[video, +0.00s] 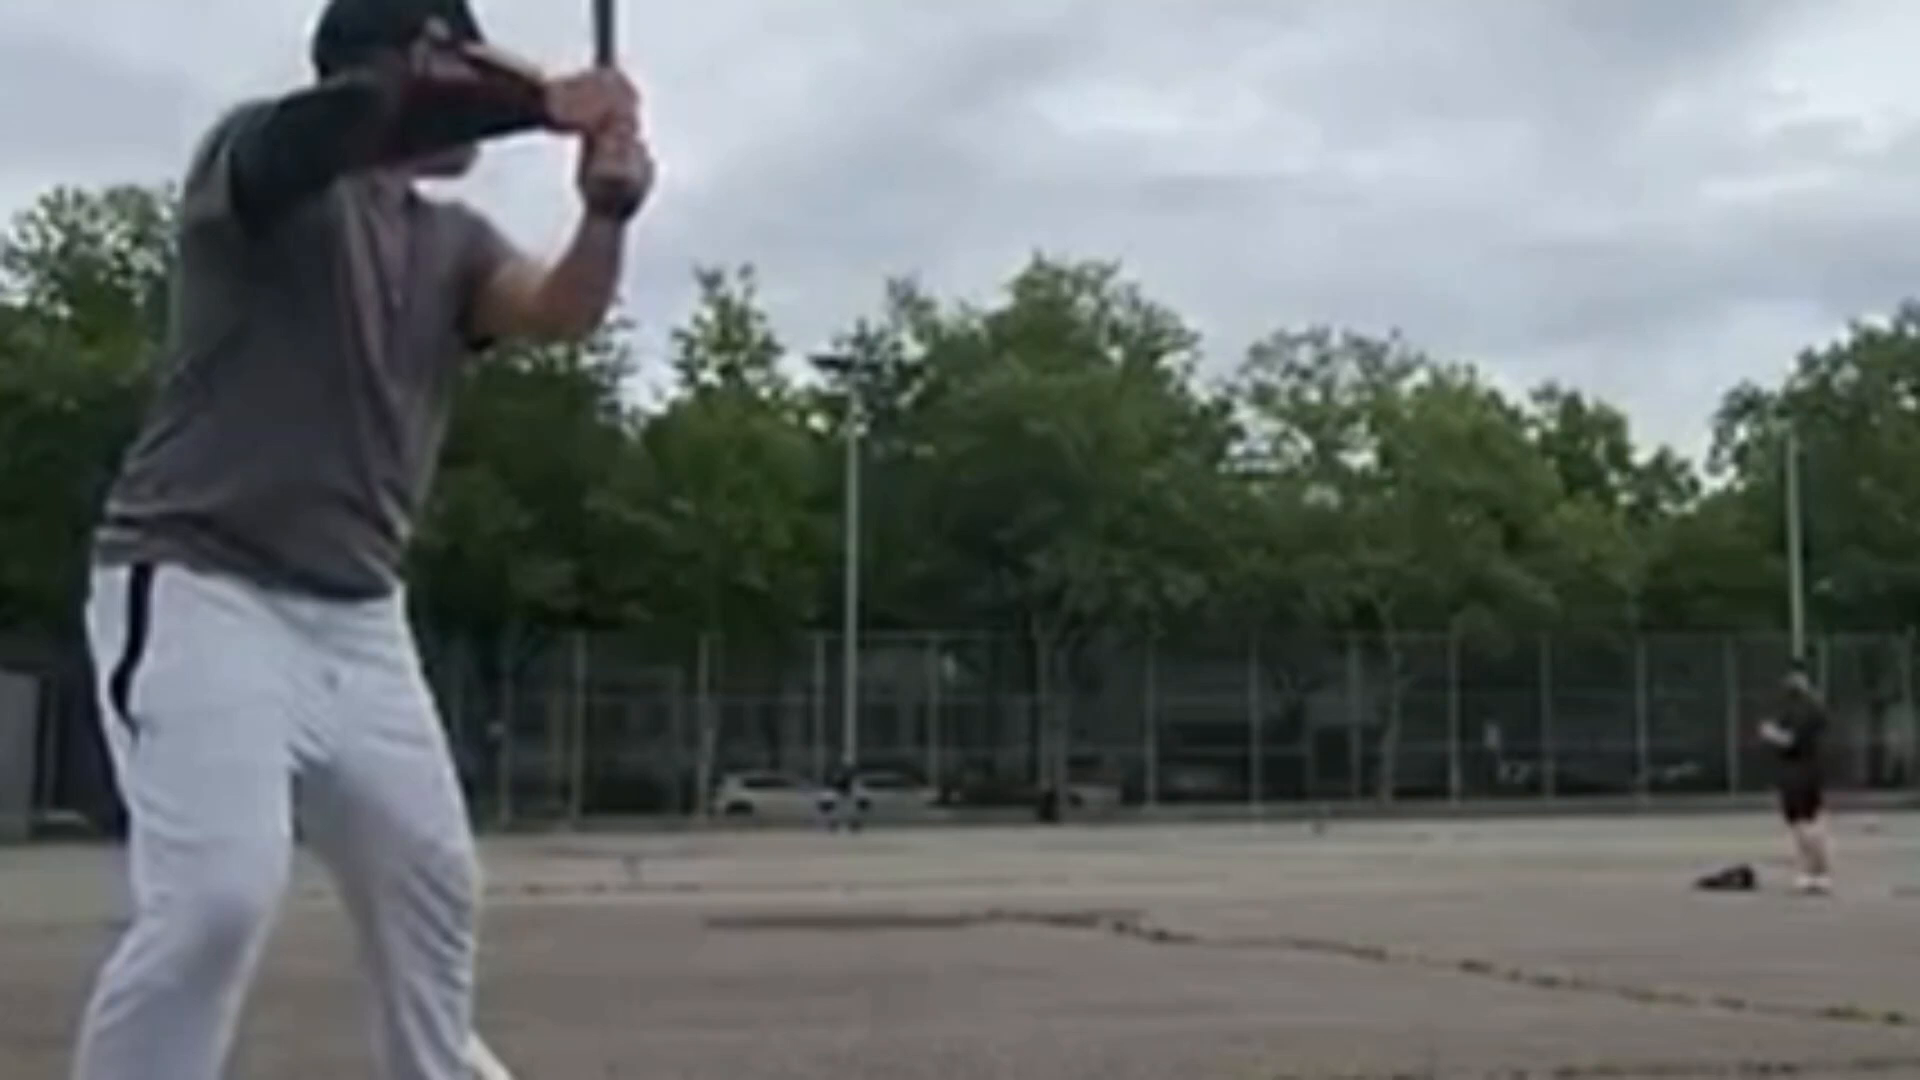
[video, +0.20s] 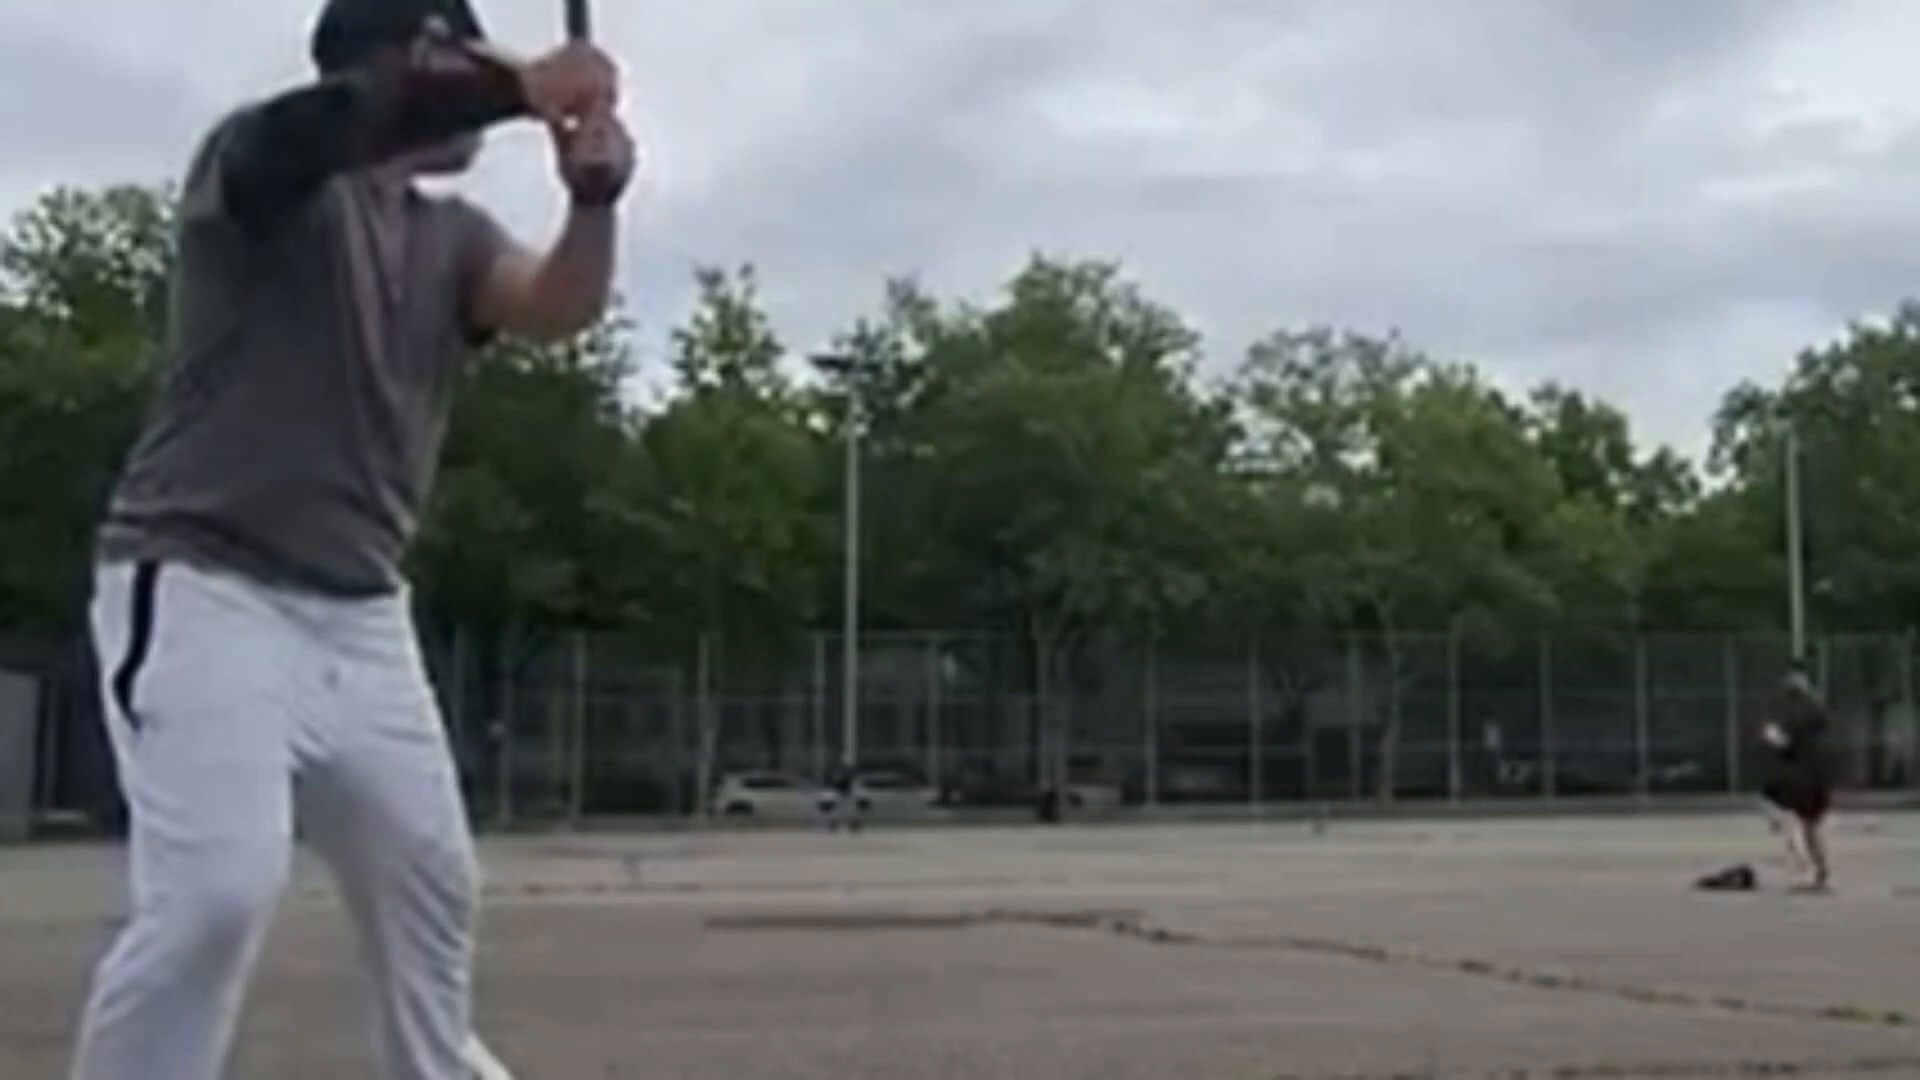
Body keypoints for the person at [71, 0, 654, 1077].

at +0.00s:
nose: (455, 86)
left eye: (463, 66)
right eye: (435, 60)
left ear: (456, 88)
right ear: (365, 68)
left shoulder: (450, 239)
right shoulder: (249, 166)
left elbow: (563, 309)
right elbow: (368, 111)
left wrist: (605, 213)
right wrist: (543, 102)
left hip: (358, 616)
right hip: (197, 593)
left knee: (432, 877)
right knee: (218, 897)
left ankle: (439, 1062)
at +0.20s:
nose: (471, 87)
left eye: (475, 66)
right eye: (447, 60)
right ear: (368, 69)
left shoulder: (452, 233)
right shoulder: (254, 168)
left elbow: (558, 307)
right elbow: (367, 106)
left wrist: (593, 199)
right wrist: (518, 84)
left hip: (361, 614)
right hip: (199, 590)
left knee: (431, 876)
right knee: (217, 893)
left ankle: (439, 1065)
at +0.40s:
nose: (474, 88)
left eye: (477, 67)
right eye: (450, 62)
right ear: (371, 70)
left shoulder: (453, 235)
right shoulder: (254, 172)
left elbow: (558, 306)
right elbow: (361, 112)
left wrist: (593, 200)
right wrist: (510, 83)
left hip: (362, 615)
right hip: (201, 591)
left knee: (435, 876)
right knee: (219, 895)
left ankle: (439, 1069)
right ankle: (127, 1073)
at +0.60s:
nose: (475, 110)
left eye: (480, 86)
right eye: (456, 78)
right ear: (382, 78)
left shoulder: (446, 246)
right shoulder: (256, 180)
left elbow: (557, 314)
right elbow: (313, 127)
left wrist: (592, 215)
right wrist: (527, 99)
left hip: (355, 615)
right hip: (194, 592)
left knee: (428, 878)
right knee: (218, 894)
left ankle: (440, 1069)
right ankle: (127, 1073)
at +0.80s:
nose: (477, 110)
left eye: (482, 85)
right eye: (458, 78)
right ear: (384, 79)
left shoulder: (448, 246)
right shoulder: (256, 177)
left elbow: (555, 317)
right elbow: (346, 113)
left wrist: (591, 217)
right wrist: (536, 99)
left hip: (353, 613)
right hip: (191, 590)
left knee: (431, 877)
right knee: (215, 892)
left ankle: (441, 1069)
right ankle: (125, 1072)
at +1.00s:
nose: (481, 114)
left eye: (484, 90)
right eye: (457, 84)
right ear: (395, 97)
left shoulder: (457, 266)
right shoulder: (262, 197)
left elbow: (559, 336)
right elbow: (353, 155)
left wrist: (570, 244)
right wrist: (502, 123)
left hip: (357, 633)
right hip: (189, 612)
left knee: (452, 882)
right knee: (230, 902)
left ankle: (449, 1066)